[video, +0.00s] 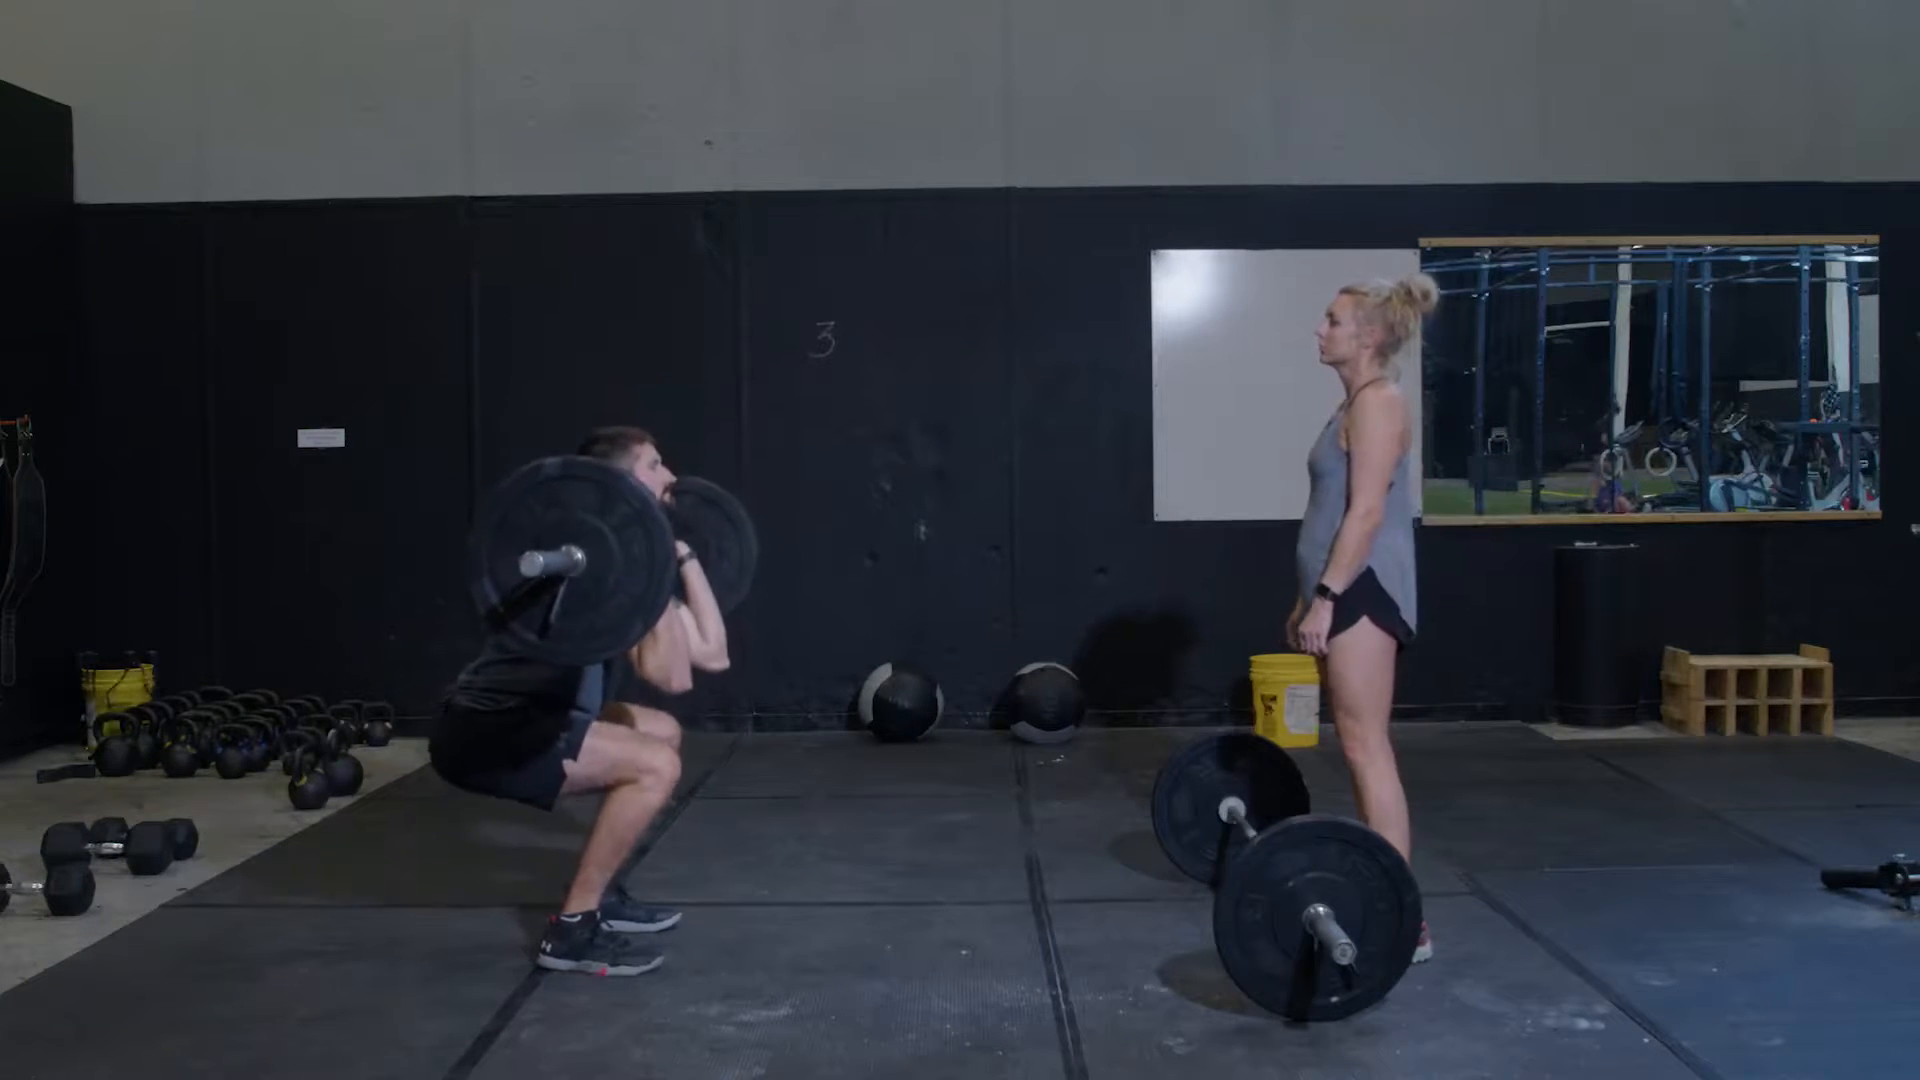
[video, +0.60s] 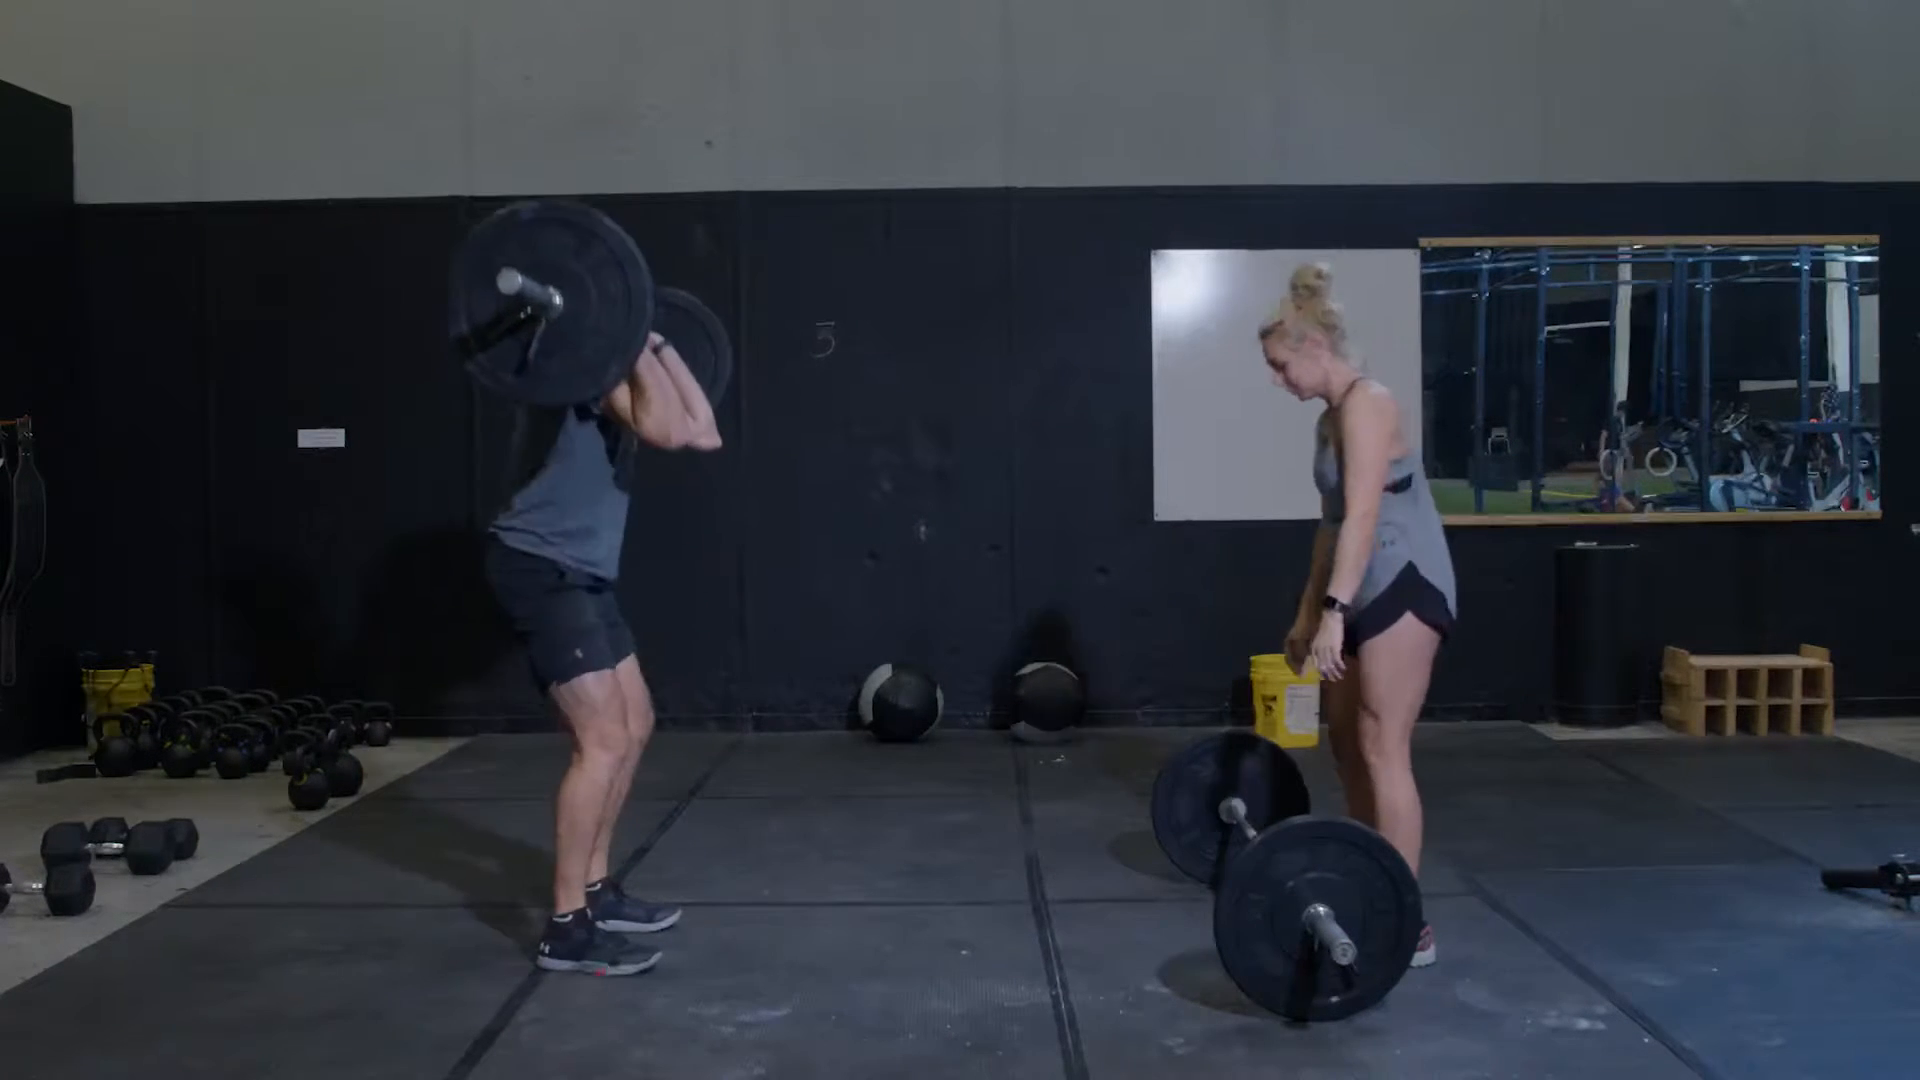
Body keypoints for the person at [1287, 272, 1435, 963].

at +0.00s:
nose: (1321, 330)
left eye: (1334, 322)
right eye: (1325, 320)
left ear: (1370, 335)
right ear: (1358, 337)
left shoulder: (1378, 402)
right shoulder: (1356, 403)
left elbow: (1366, 512)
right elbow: (1339, 514)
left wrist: (1326, 596)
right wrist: (1310, 595)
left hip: (1366, 590)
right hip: (1346, 590)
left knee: (1366, 746)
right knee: (1357, 743)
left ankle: (1398, 912)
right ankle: (1383, 903)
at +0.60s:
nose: (1279, 379)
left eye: (1282, 365)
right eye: (1274, 369)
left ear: (1318, 347)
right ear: (1312, 350)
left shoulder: (1364, 405)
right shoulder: (1337, 417)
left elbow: (1361, 519)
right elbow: (1332, 528)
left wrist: (1334, 612)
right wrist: (1308, 618)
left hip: (1401, 588)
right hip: (1365, 591)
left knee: (1382, 748)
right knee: (1348, 743)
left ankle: (1402, 919)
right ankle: (1370, 903)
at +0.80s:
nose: (1235, 453)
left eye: (1236, 439)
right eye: (1228, 443)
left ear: (1266, 415)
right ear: (1259, 418)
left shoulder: (1327, 457)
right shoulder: (1295, 476)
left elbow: (1336, 573)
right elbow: (1303, 578)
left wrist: (1328, 673)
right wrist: (1299, 673)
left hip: (1448, 595)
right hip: (1395, 606)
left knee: (1396, 743)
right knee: (1360, 739)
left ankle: (1407, 921)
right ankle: (1369, 901)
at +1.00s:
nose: (1212, 547)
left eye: (1214, 532)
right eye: (1207, 535)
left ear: (1244, 509)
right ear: (1243, 512)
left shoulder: (1303, 548)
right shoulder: (1280, 561)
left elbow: (1306, 667)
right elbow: (1280, 669)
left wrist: (1291, 771)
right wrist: (1269, 758)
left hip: (1473, 612)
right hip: (1420, 623)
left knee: (1388, 749)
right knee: (1351, 739)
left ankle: (1407, 924)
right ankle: (1368, 901)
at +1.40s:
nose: (1202, 574)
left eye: (1209, 561)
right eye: (1202, 562)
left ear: (1252, 556)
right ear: (1252, 559)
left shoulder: (1306, 598)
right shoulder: (1279, 603)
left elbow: (1305, 718)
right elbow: (1275, 713)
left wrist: (1298, 825)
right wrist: (1269, 806)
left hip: (1480, 629)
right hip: (1426, 636)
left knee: (1376, 752)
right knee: (1339, 740)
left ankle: (1407, 923)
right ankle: (1374, 893)